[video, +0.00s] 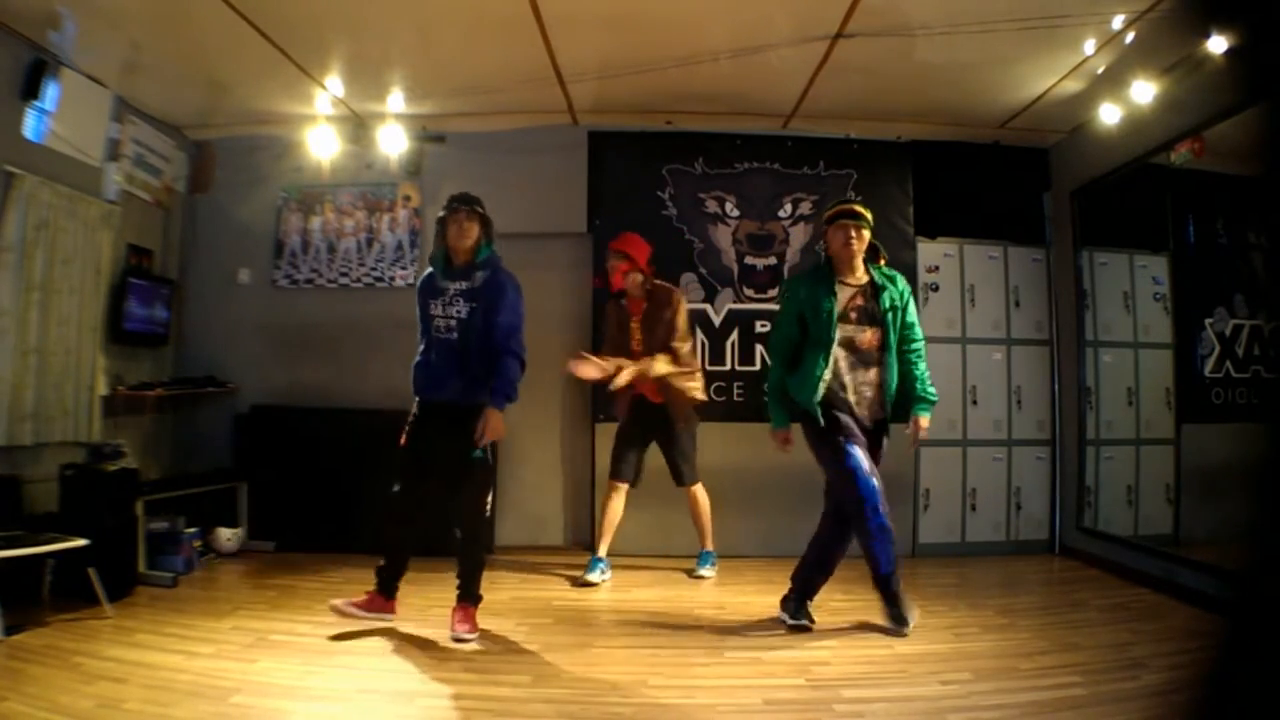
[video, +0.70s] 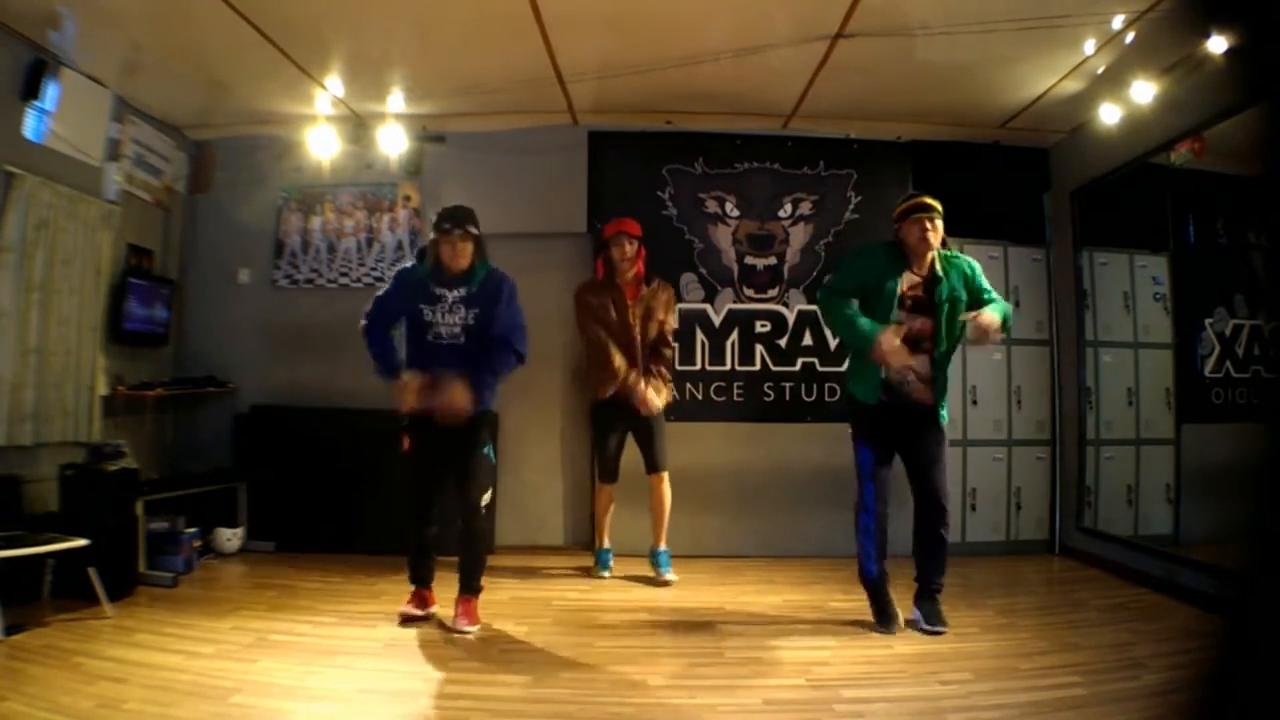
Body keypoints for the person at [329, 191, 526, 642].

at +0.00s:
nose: (459, 230)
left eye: (468, 222)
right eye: (452, 222)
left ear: (482, 230)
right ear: (443, 230)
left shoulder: (499, 283)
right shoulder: (430, 282)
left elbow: (510, 348)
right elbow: (427, 345)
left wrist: (497, 405)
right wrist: (418, 404)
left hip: (475, 411)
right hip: (431, 408)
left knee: (473, 510)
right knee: (406, 499)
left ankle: (466, 607)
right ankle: (384, 595)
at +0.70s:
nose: (458, 249)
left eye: (466, 241)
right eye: (450, 241)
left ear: (477, 244)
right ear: (435, 243)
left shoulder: (496, 286)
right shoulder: (412, 279)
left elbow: (512, 347)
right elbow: (375, 324)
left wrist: (472, 384)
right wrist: (397, 374)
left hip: (475, 414)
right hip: (422, 411)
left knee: (476, 506)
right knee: (418, 501)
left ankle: (468, 600)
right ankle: (421, 593)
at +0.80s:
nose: (459, 260)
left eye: (467, 252)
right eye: (451, 252)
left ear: (480, 256)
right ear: (439, 254)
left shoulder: (495, 306)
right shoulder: (419, 298)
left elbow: (500, 376)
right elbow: (402, 363)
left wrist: (498, 439)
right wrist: (394, 419)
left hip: (475, 419)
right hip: (428, 417)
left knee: (472, 508)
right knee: (414, 483)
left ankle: (466, 600)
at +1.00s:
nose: (440, 256)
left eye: (448, 248)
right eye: (433, 248)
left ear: (464, 248)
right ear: (423, 252)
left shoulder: (489, 288)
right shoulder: (420, 293)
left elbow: (507, 349)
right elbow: (416, 348)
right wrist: (377, 375)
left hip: (486, 404)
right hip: (443, 404)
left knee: (475, 486)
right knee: (431, 474)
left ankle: (477, 573)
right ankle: (437, 537)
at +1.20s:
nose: (430, 274)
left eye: (437, 266)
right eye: (424, 266)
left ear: (452, 267)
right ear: (416, 268)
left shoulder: (477, 294)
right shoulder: (412, 315)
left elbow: (518, 272)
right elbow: (382, 326)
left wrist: (478, 284)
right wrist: (366, 315)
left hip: (488, 421)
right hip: (445, 425)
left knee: (486, 501)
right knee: (438, 508)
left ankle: (493, 563)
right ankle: (441, 600)